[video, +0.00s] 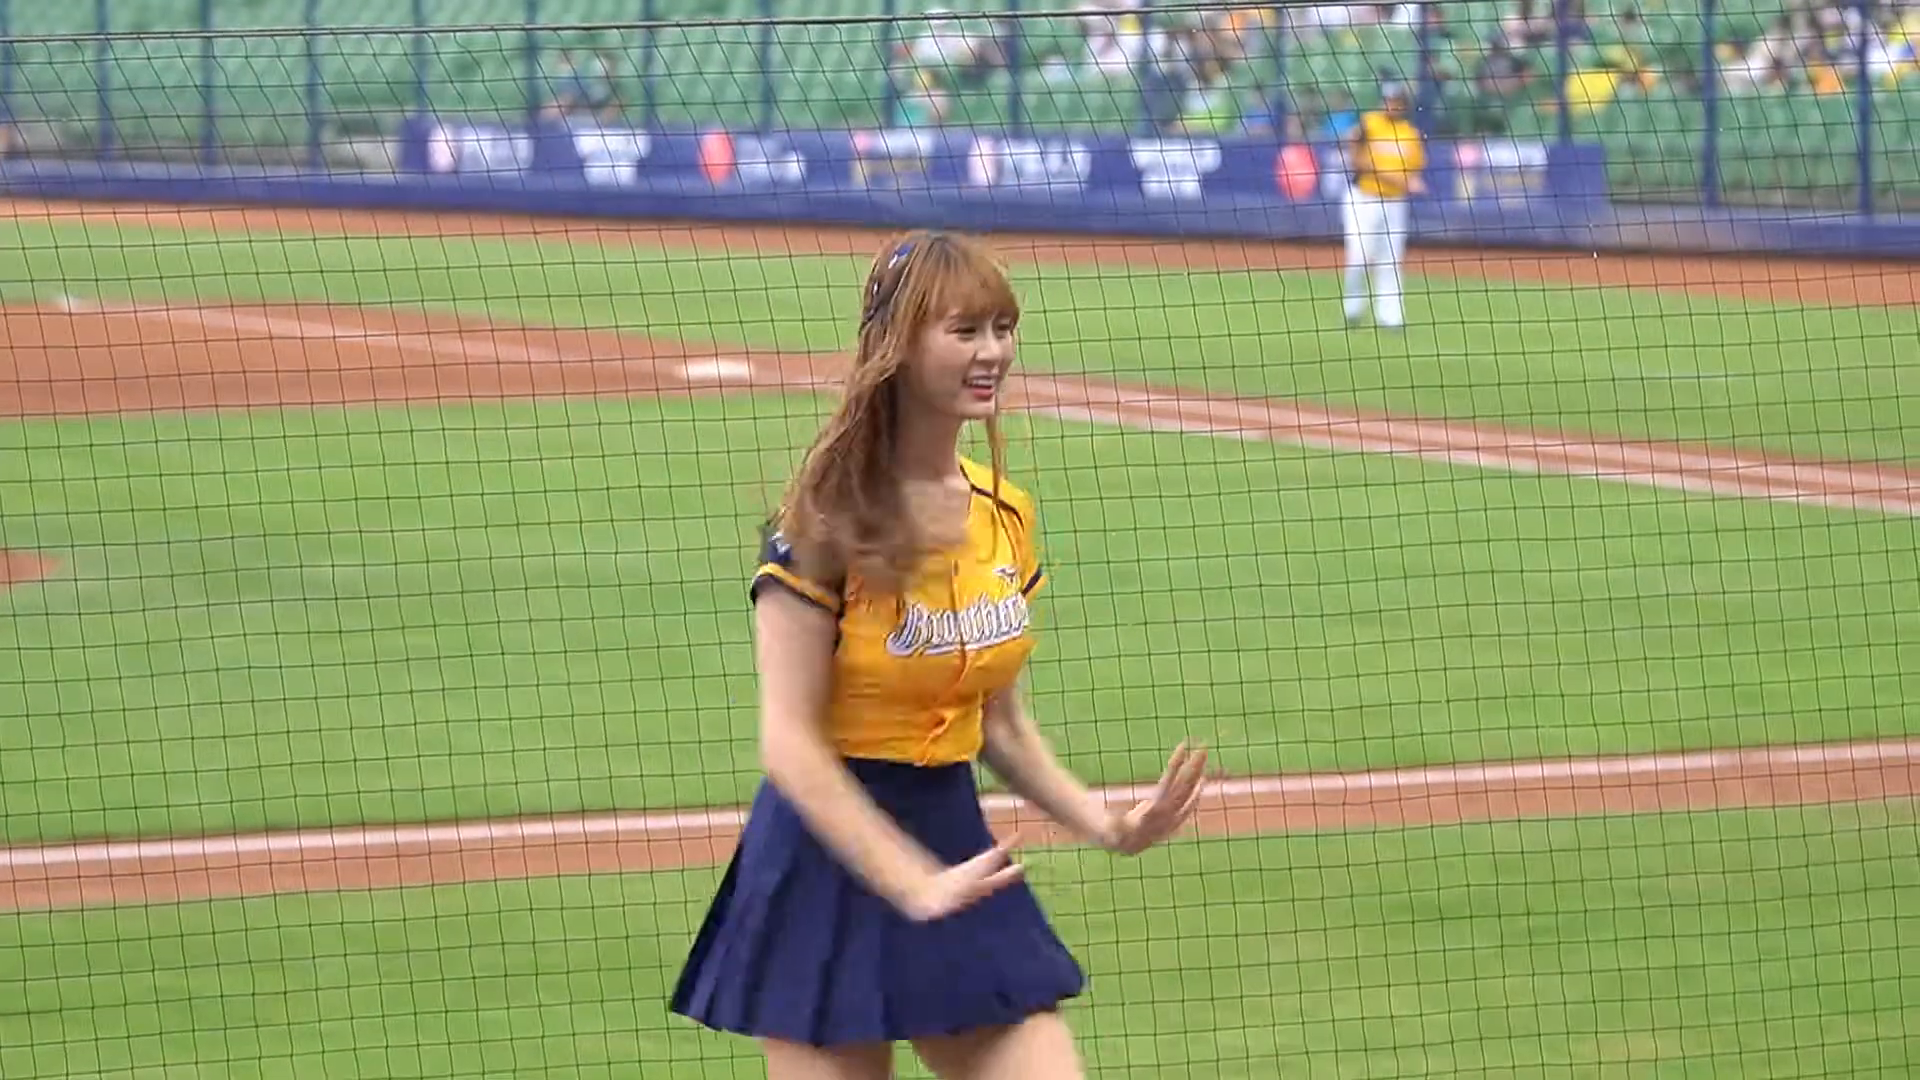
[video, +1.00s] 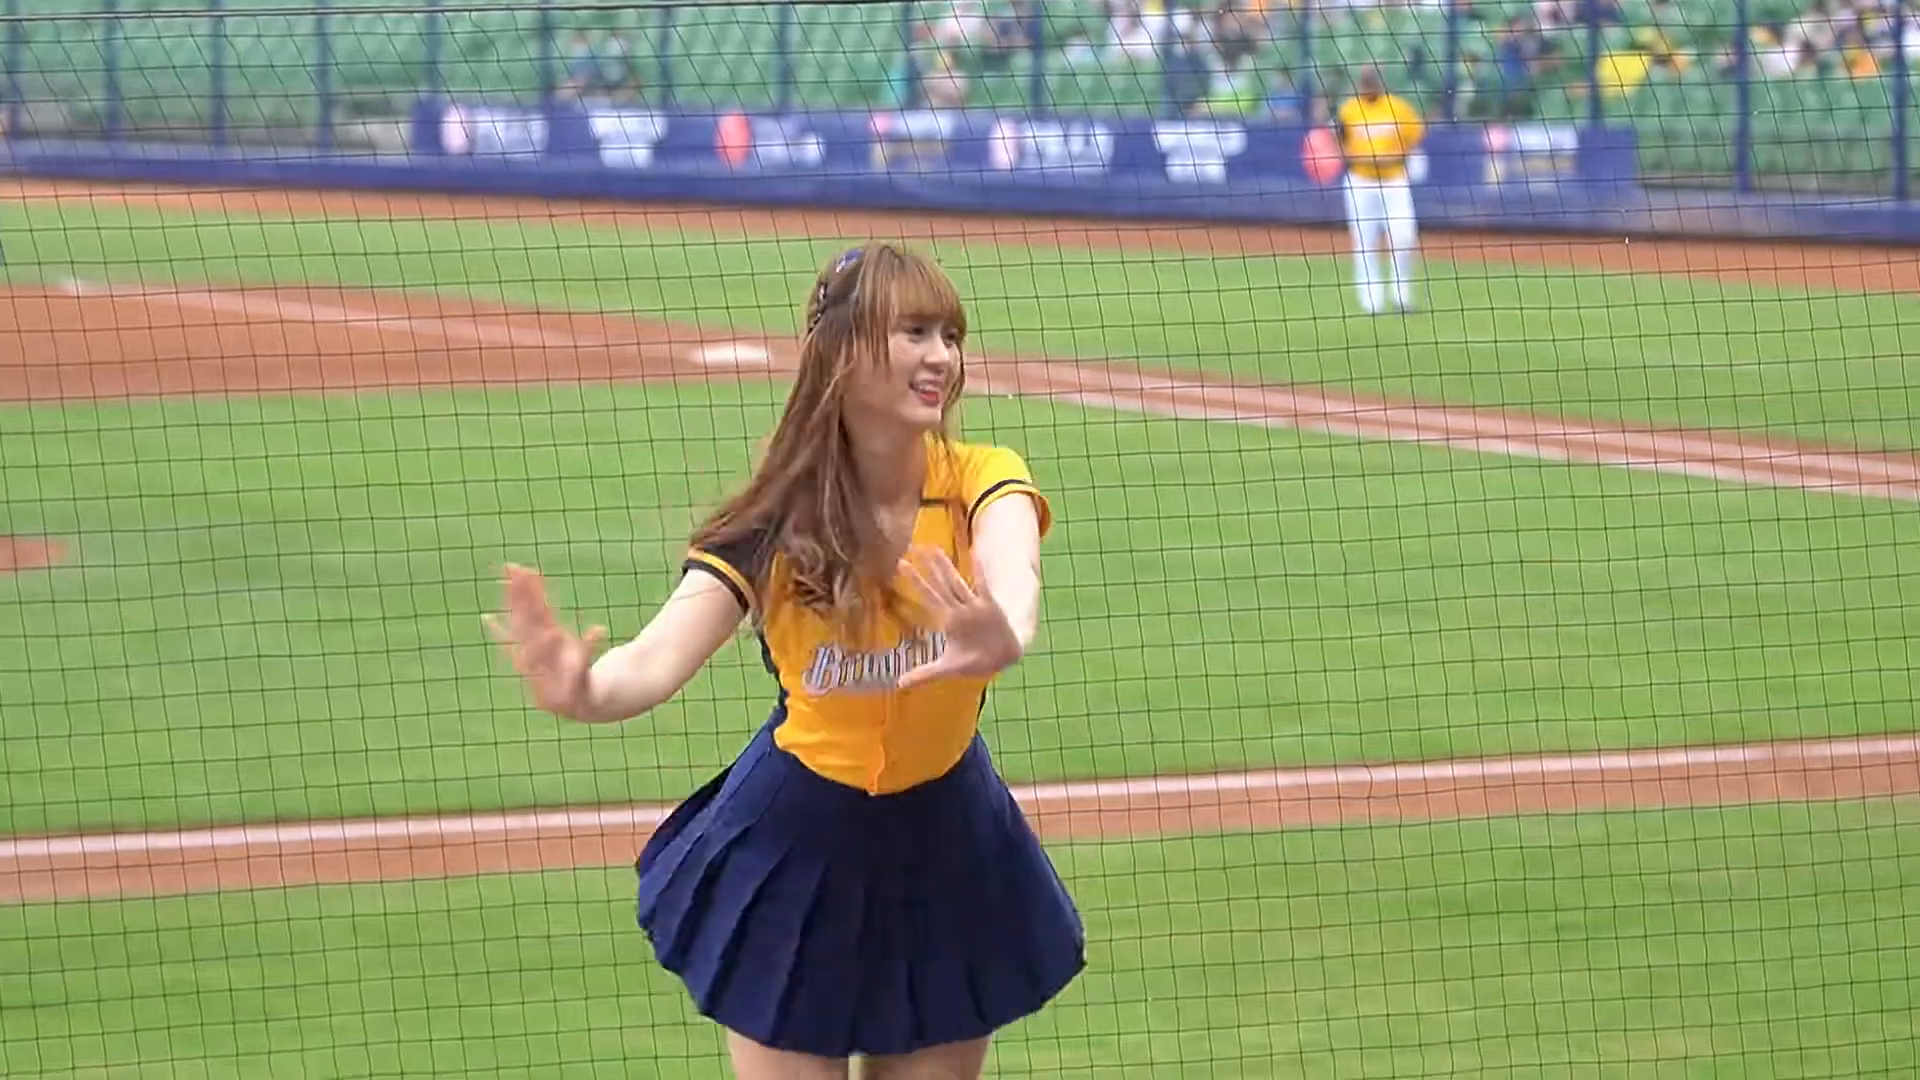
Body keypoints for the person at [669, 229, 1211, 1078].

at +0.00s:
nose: (994, 353)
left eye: (1003, 329)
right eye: (965, 330)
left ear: (1014, 339)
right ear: (895, 344)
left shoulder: (1004, 511)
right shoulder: (825, 519)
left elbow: (998, 715)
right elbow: (787, 741)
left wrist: (1097, 818)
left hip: (950, 830)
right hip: (827, 830)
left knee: (1047, 1061)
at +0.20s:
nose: (1019, 305)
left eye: (1029, 284)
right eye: (989, 284)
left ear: (1040, 303)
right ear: (921, 304)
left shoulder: (1018, 477)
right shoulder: (876, 431)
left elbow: (1175, 598)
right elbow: (989, 585)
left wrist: (1370, 629)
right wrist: (1192, 614)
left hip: (869, 789)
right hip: (749, 776)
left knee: (856, 1062)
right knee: (728, 1064)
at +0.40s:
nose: (995, 318)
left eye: (1005, 296)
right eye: (968, 297)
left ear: (1017, 310)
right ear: (903, 315)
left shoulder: (991, 478)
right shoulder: (860, 459)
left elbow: (1148, 617)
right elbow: (937, 635)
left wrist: (1331, 684)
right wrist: (1145, 662)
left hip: (850, 803)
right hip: (746, 789)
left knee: (851, 1069)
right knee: (739, 1071)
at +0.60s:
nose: (916, 392)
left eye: (925, 368)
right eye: (894, 367)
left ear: (936, 374)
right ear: (820, 367)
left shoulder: (940, 516)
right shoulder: (739, 533)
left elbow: (980, 713)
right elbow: (736, 753)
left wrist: (998, 856)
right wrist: (853, 883)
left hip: (917, 839)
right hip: (792, 842)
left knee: (963, 1057)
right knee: (818, 1057)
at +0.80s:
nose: (936, 313)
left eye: (945, 290)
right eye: (911, 289)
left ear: (954, 302)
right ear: (834, 303)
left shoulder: (984, 437)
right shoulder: (753, 472)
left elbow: (1027, 608)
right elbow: (714, 676)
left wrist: (967, 701)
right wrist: (694, 731)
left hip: (938, 797)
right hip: (799, 801)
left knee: (929, 1061)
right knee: (809, 1063)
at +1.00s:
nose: (939, 356)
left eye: (949, 336)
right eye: (913, 333)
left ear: (962, 355)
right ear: (843, 353)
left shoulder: (986, 479)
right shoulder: (776, 519)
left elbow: (1014, 587)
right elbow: (655, 657)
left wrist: (993, 641)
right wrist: (587, 690)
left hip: (942, 831)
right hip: (804, 831)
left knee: (939, 1059)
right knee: (786, 1060)